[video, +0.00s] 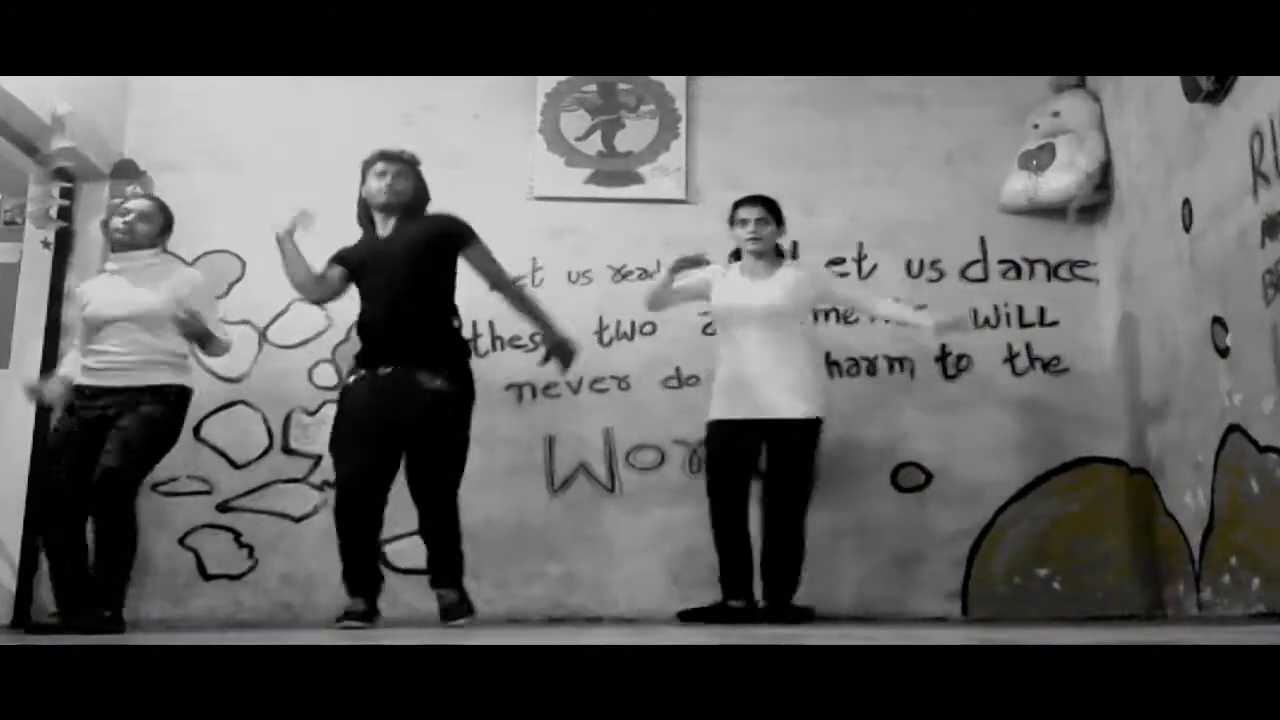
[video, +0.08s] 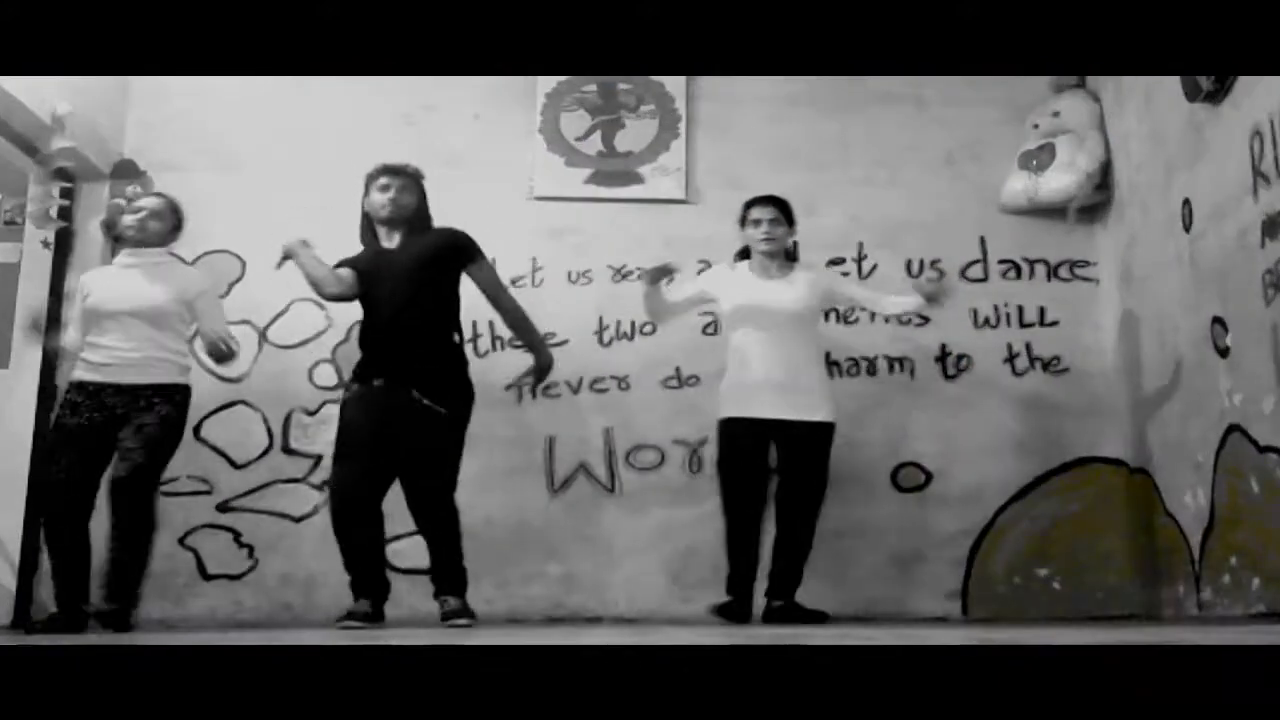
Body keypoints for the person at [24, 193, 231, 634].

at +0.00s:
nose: (126, 222)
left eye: (139, 217)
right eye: (120, 214)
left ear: (160, 233)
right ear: (109, 224)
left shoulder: (181, 278)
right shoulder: (90, 286)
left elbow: (219, 348)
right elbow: (77, 350)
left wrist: (199, 331)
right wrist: (58, 383)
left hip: (154, 395)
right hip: (92, 397)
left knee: (112, 481)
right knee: (56, 489)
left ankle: (106, 610)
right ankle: (74, 610)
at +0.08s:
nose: (135, 215)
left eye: (149, 212)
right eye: (131, 210)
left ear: (171, 231)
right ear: (118, 222)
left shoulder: (188, 278)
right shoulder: (92, 279)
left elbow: (224, 351)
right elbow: (72, 345)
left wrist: (214, 340)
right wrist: (59, 407)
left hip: (156, 395)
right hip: (89, 393)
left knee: (131, 484)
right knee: (62, 494)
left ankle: (118, 609)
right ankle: (71, 611)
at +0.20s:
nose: (186, 225)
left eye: (200, 221)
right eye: (179, 216)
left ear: (217, 239)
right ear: (165, 222)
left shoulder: (215, 295)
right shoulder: (130, 257)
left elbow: (213, 369)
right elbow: (52, 293)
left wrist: (250, 413)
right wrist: (99, 280)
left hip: (158, 394)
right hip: (90, 387)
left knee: (177, 495)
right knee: (74, 505)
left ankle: (201, 596)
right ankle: (71, 612)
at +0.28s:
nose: (202, 234)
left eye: (217, 233)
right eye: (196, 227)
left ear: (232, 255)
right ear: (184, 233)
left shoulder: (221, 314)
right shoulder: (145, 263)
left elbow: (199, 382)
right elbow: (66, 287)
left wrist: (235, 410)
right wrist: (106, 307)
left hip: (160, 405)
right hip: (92, 393)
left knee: (197, 505)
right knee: (71, 510)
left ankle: (229, 604)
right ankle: (71, 614)